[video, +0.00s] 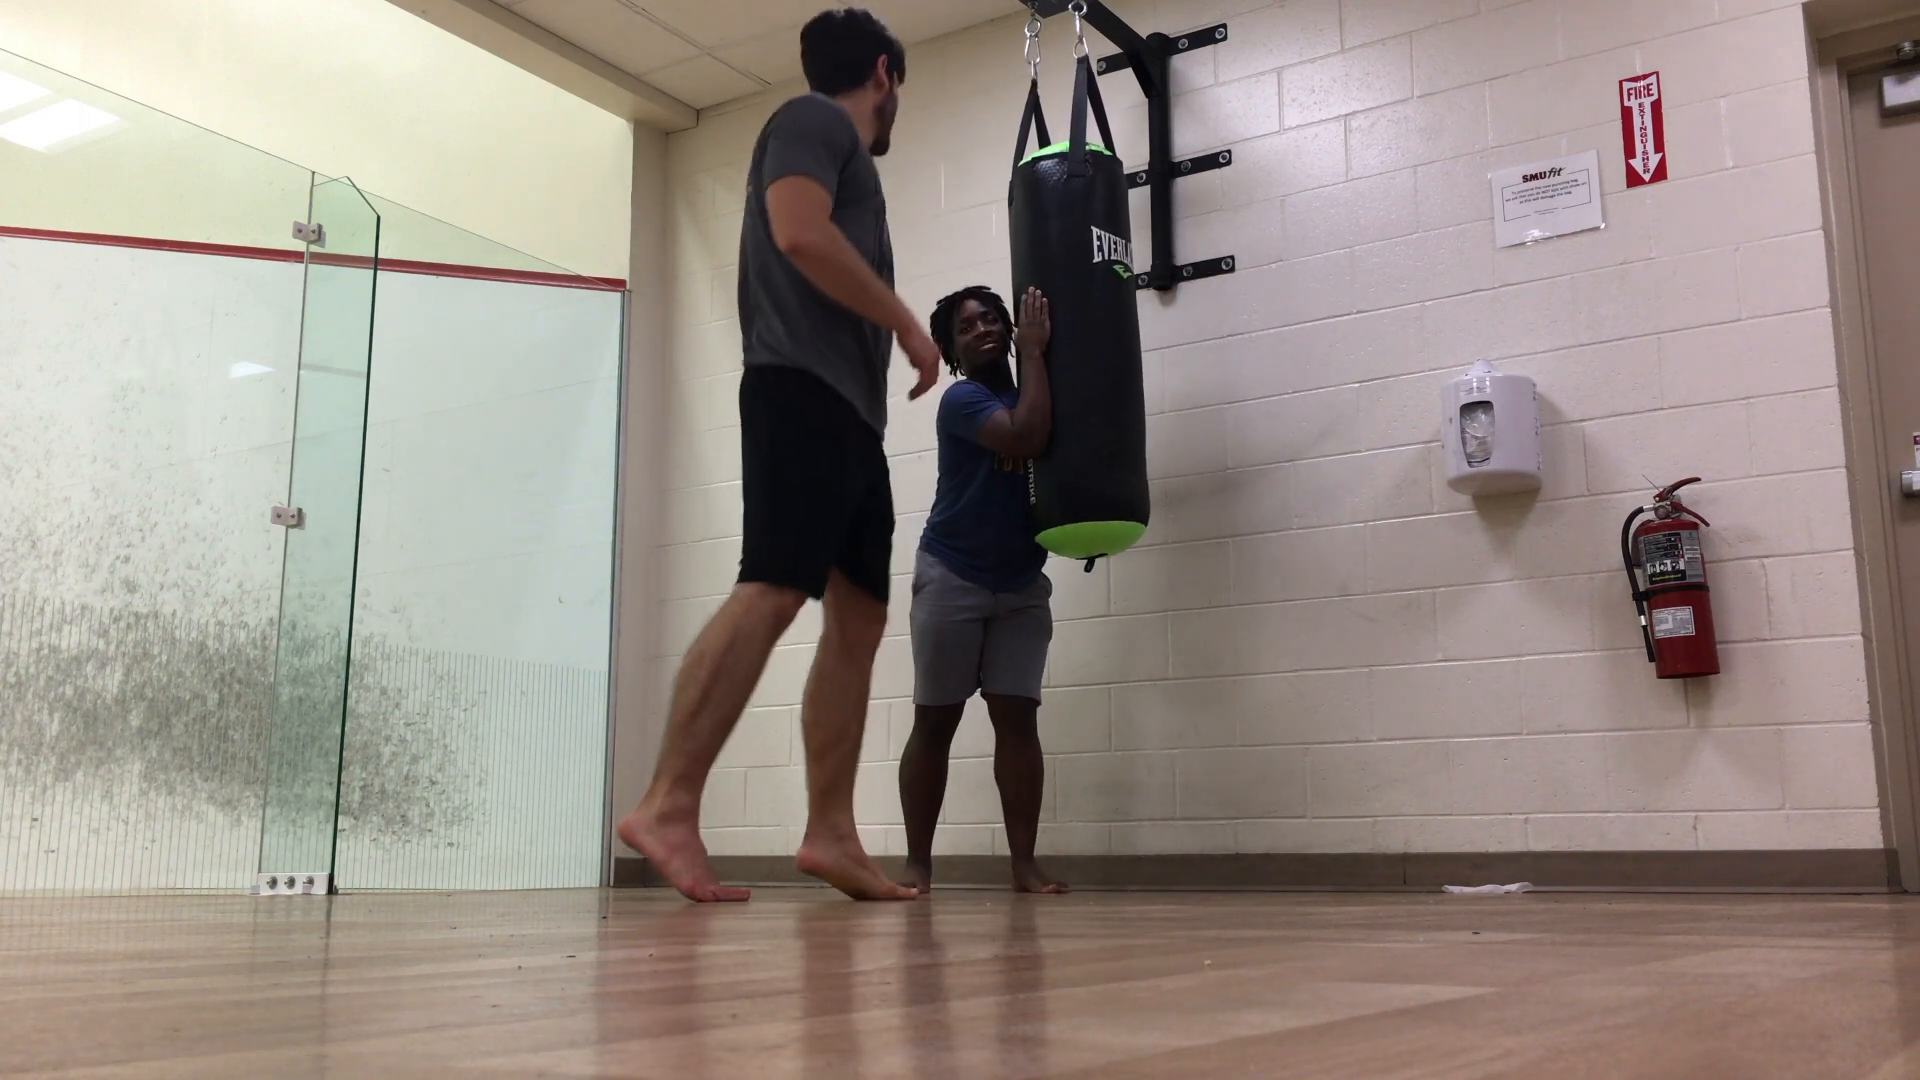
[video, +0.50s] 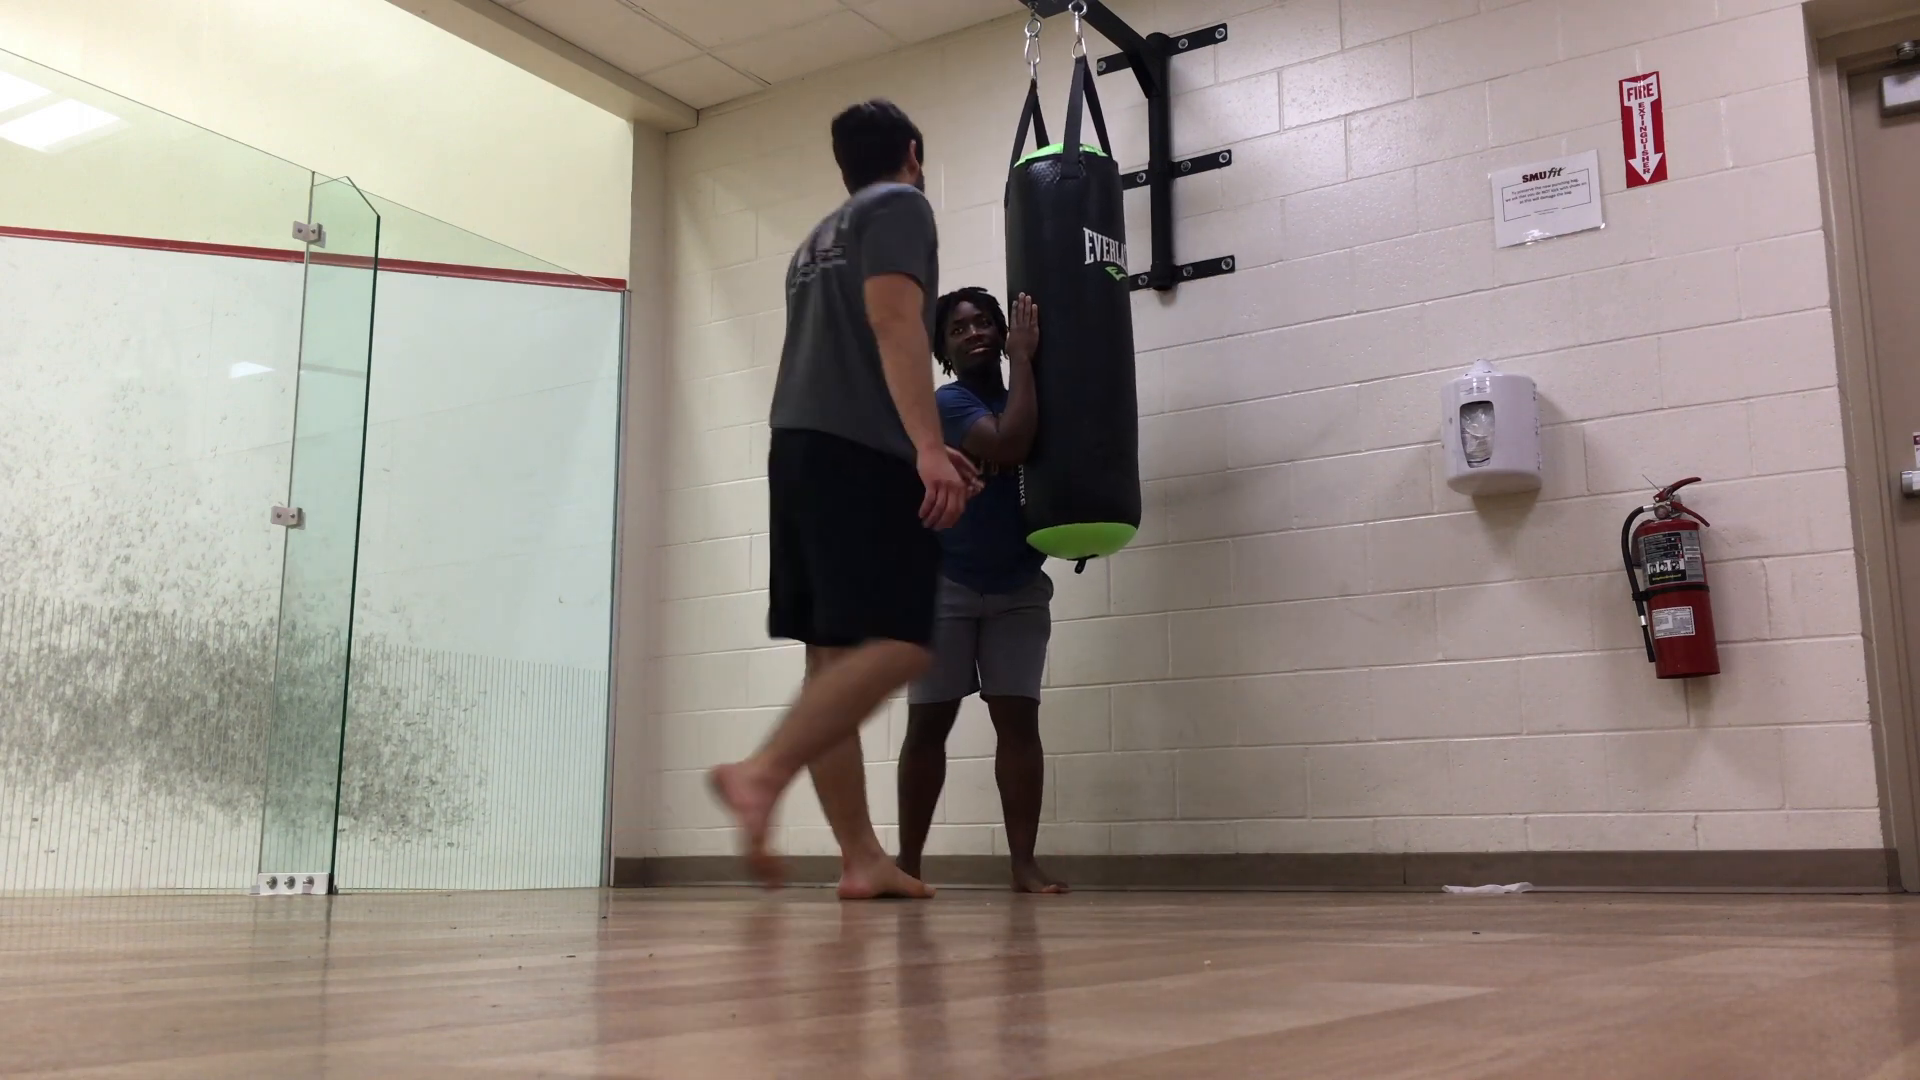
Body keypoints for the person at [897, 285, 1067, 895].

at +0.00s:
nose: (983, 328)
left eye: (991, 318)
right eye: (968, 325)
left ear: (1010, 332)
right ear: (950, 348)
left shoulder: (1026, 398)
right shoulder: (960, 400)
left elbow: (1059, 449)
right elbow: (1027, 437)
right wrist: (1033, 352)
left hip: (1020, 580)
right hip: (952, 579)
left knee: (1018, 722)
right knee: (935, 725)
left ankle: (1025, 865)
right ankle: (918, 865)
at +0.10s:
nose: (984, 328)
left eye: (991, 317)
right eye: (968, 325)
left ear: (1009, 330)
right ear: (951, 347)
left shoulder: (1026, 398)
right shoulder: (959, 400)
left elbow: (1057, 455)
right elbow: (1026, 439)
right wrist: (1032, 354)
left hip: (1021, 580)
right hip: (953, 580)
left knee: (1018, 721)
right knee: (936, 725)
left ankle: (1025, 865)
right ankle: (918, 865)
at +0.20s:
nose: (982, 329)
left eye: (990, 319)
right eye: (967, 325)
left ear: (1007, 332)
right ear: (948, 347)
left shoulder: (1024, 399)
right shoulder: (957, 402)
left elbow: (1056, 454)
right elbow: (1021, 444)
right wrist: (1031, 358)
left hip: (1023, 581)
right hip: (954, 581)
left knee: (1018, 722)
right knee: (937, 727)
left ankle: (1025, 866)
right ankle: (919, 864)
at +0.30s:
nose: (981, 331)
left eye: (989, 321)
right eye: (966, 327)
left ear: (1005, 331)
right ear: (948, 347)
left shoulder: (1024, 399)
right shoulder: (956, 403)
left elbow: (1060, 447)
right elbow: (1019, 444)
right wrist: (1029, 356)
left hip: (1023, 582)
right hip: (954, 582)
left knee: (1019, 722)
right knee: (938, 726)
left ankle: (1025, 866)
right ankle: (919, 862)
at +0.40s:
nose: (979, 332)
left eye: (987, 321)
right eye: (964, 328)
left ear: (1005, 331)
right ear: (947, 348)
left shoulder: (1025, 400)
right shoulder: (952, 403)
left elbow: (1061, 452)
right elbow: (1014, 445)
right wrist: (1026, 359)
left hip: (1022, 584)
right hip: (951, 584)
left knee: (1020, 723)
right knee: (935, 727)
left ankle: (1024, 864)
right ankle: (918, 862)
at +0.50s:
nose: (973, 333)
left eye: (982, 322)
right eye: (959, 328)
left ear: (1001, 332)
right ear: (944, 346)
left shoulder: (1022, 401)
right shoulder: (947, 401)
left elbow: (1054, 455)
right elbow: (1007, 445)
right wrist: (1023, 360)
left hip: (1018, 584)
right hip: (948, 586)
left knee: (1018, 723)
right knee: (929, 727)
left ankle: (1024, 864)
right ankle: (909, 862)